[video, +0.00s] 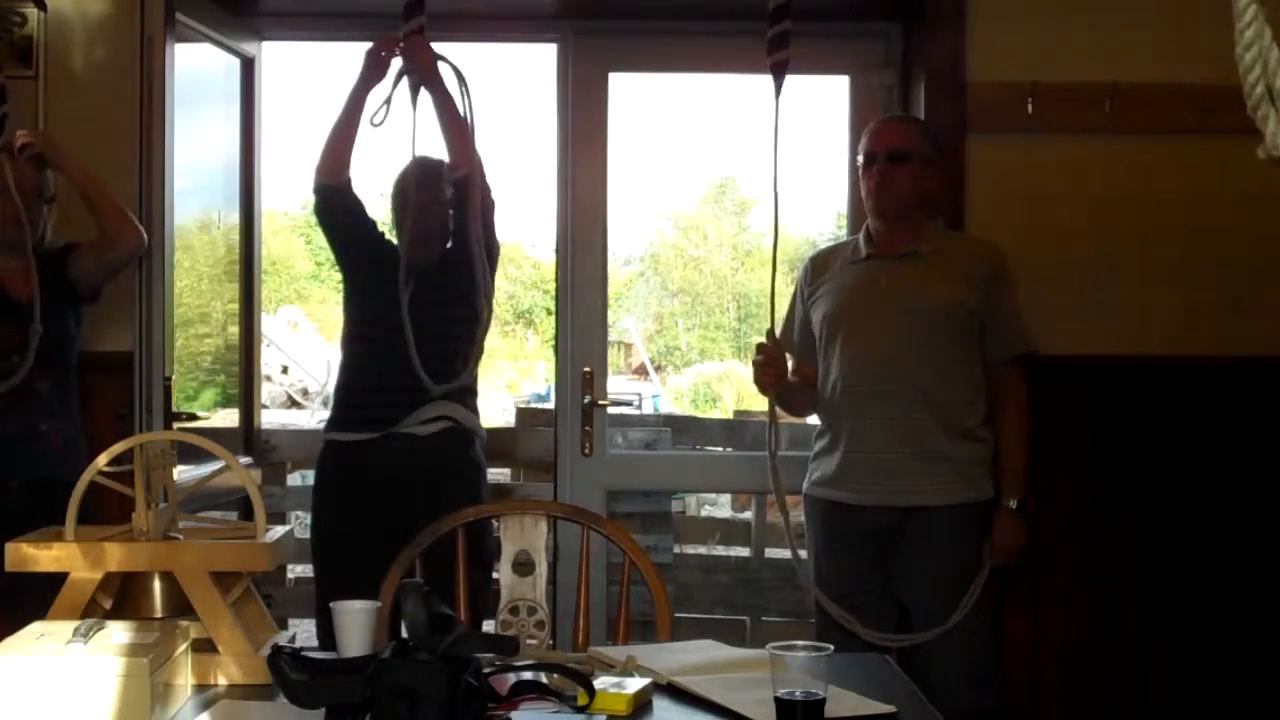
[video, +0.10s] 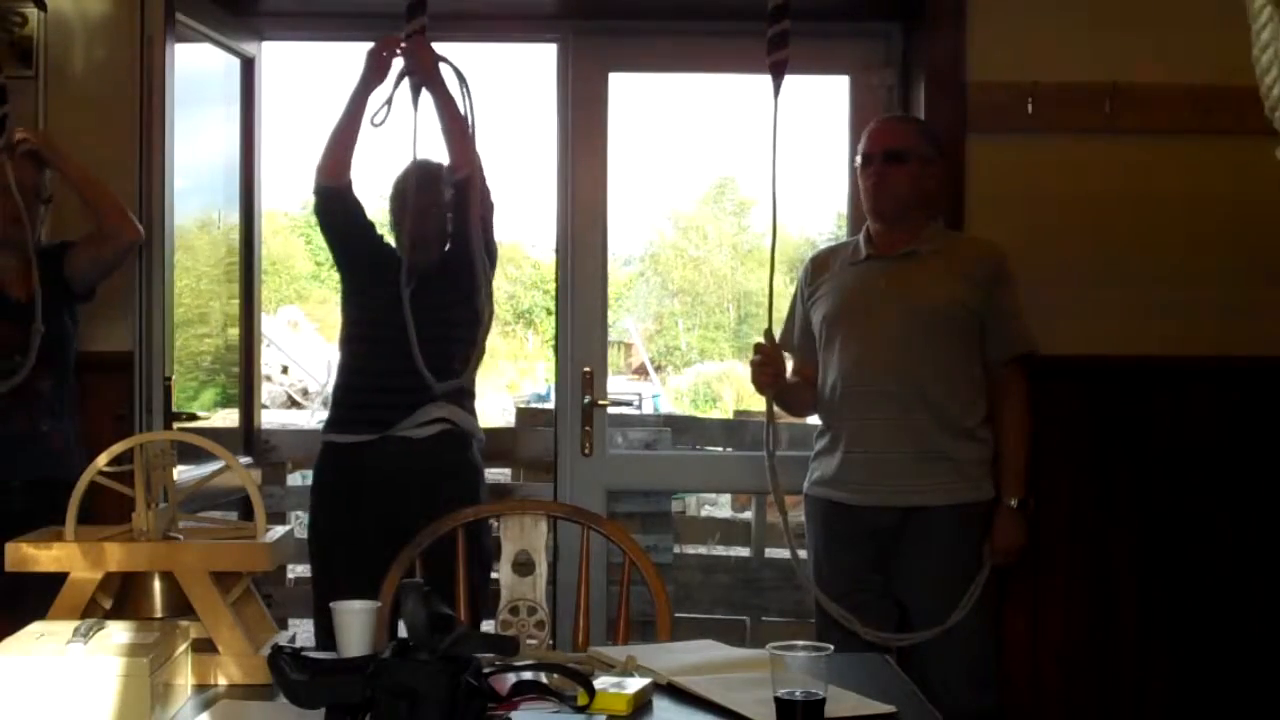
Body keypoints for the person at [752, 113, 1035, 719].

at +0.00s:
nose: (879, 171)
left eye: (898, 158)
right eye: (869, 160)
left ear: (933, 175)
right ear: (857, 177)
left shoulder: (977, 264)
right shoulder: (821, 269)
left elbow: (1009, 387)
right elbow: (810, 394)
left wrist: (1011, 502)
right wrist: (779, 386)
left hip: (948, 508)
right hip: (841, 507)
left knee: (951, 682)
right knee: (852, 679)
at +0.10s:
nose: (876, 171)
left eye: (895, 158)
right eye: (867, 160)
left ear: (932, 175)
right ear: (855, 176)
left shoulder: (977, 263)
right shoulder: (822, 269)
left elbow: (1009, 386)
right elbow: (810, 393)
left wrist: (1011, 502)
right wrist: (778, 386)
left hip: (949, 510)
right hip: (841, 508)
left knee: (951, 683)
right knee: (852, 680)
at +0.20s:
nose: (874, 171)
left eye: (893, 158)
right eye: (866, 160)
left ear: (932, 174)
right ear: (855, 175)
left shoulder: (977, 263)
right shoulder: (822, 269)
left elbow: (1010, 387)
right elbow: (811, 395)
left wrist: (1011, 502)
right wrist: (777, 386)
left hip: (949, 510)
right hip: (841, 508)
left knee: (951, 683)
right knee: (851, 680)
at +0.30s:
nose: (874, 170)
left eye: (893, 158)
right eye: (866, 160)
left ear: (931, 175)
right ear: (855, 175)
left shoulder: (978, 263)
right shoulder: (823, 269)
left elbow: (1010, 385)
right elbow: (811, 394)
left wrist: (1011, 501)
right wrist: (776, 386)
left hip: (949, 510)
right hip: (841, 509)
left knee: (950, 682)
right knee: (851, 679)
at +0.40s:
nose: (873, 172)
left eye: (893, 159)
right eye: (865, 160)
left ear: (932, 175)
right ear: (854, 175)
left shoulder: (978, 264)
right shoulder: (824, 269)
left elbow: (1010, 386)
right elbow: (812, 394)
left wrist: (1010, 501)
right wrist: (778, 386)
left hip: (948, 509)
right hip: (841, 508)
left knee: (950, 682)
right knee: (851, 679)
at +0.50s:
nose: (867, 169)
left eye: (887, 158)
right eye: (862, 159)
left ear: (930, 176)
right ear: (853, 174)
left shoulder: (976, 262)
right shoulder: (824, 269)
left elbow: (1010, 387)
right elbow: (813, 394)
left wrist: (1010, 500)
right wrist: (778, 386)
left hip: (947, 511)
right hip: (841, 508)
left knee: (950, 684)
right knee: (850, 680)